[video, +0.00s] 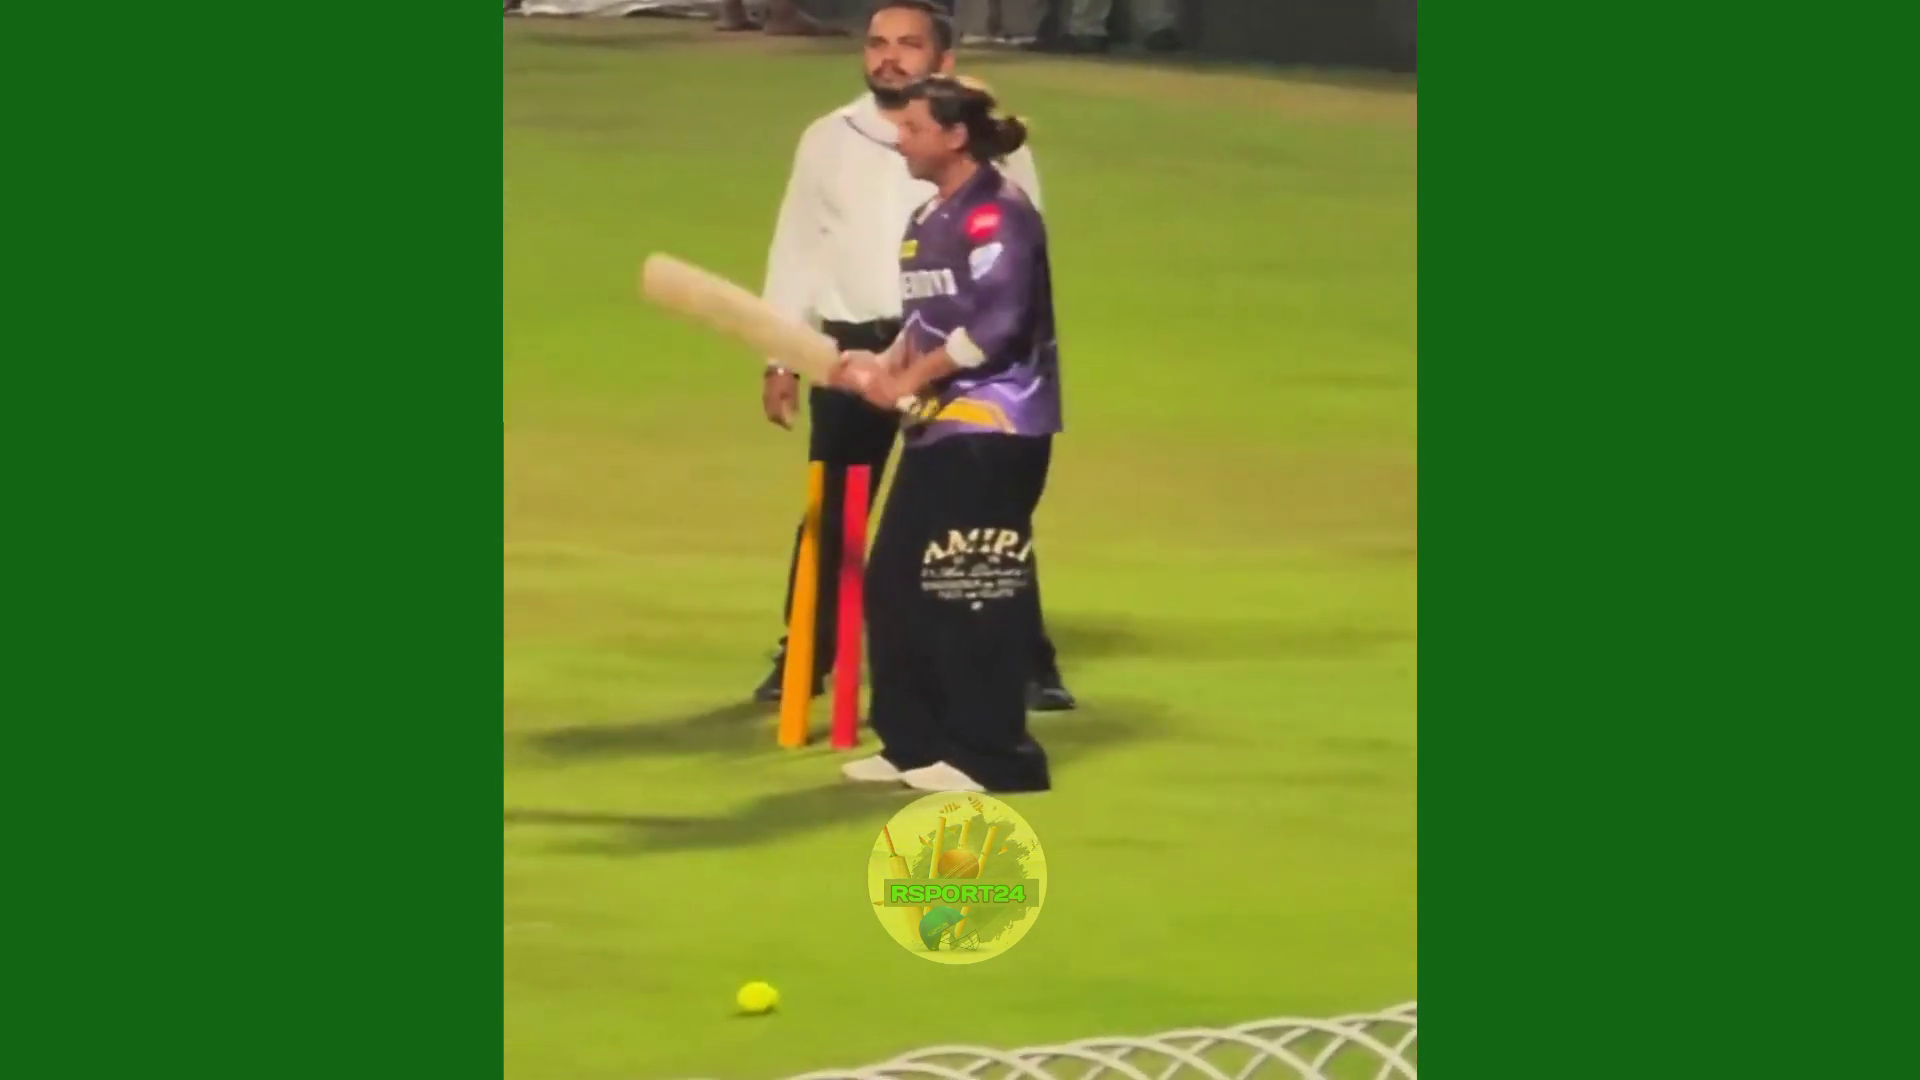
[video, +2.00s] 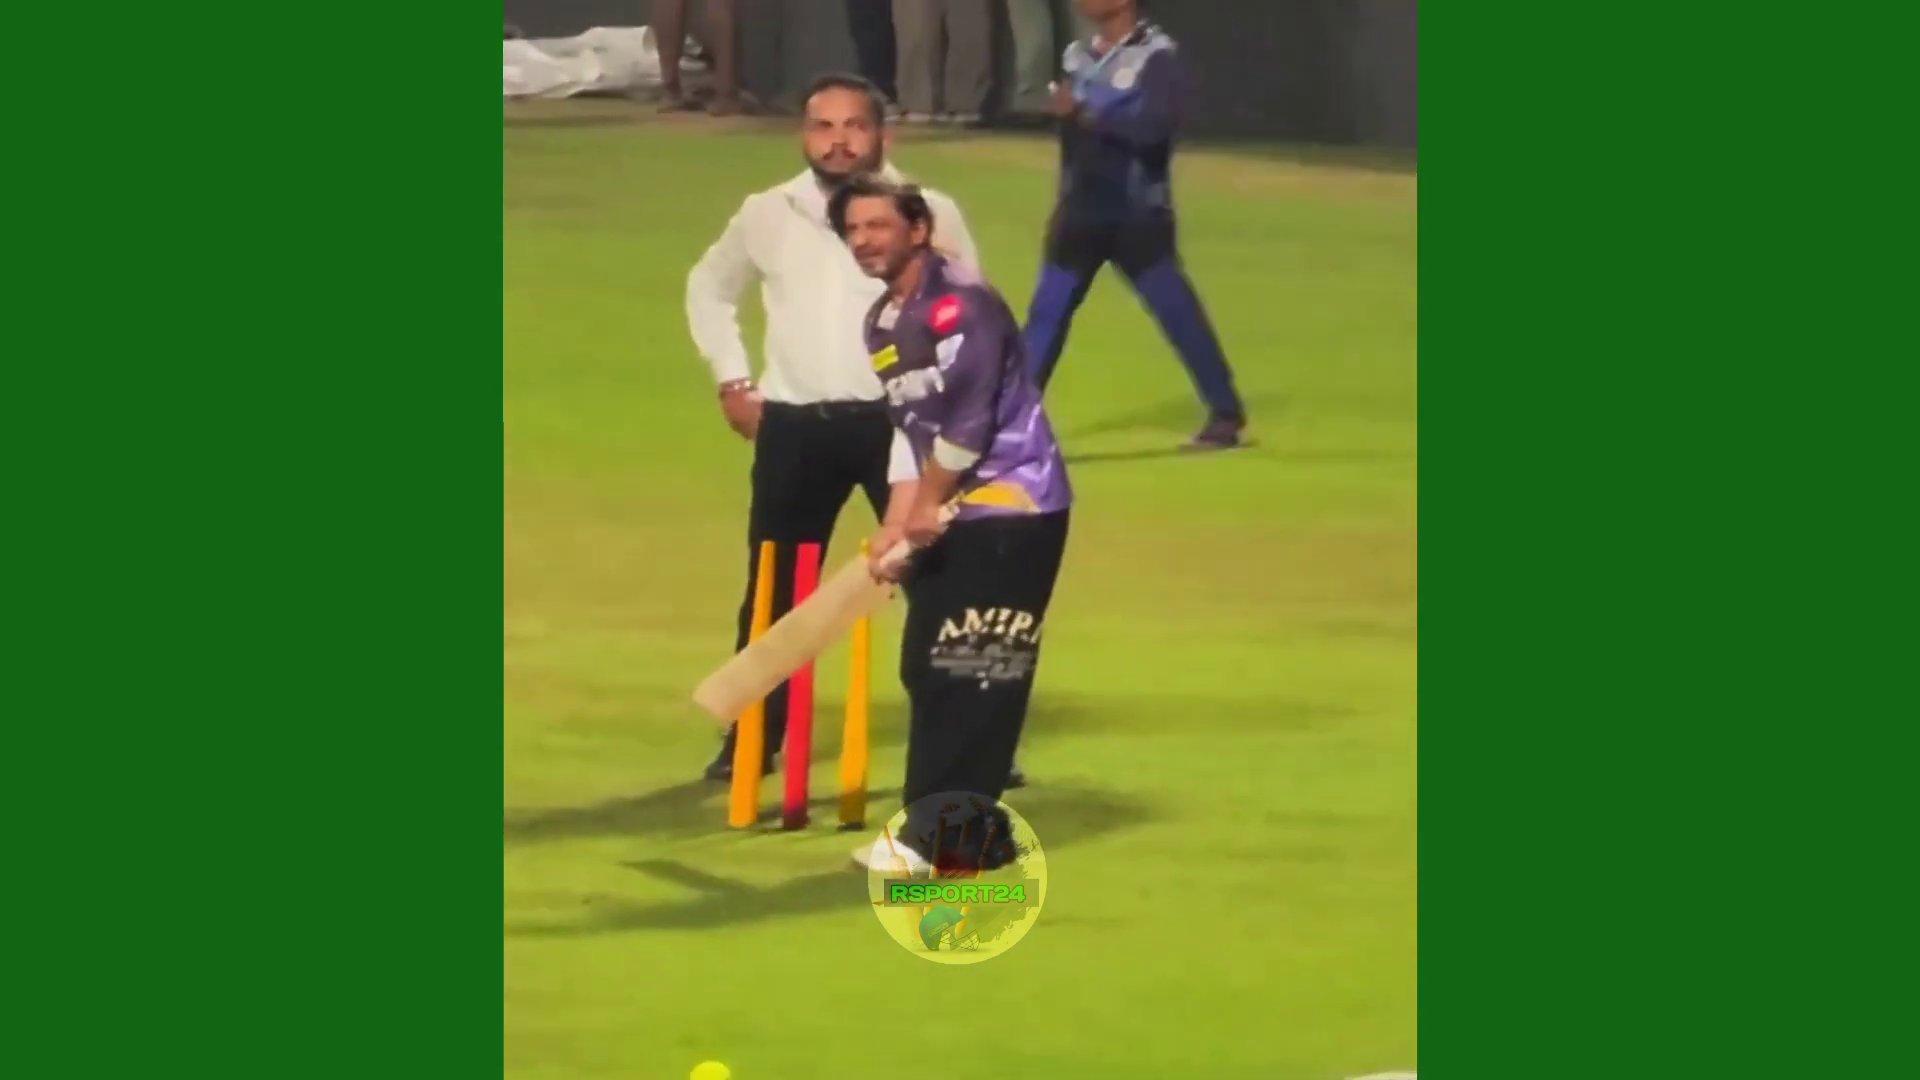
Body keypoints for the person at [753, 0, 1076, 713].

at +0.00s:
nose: (888, 58)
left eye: (906, 44)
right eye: (877, 44)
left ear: (943, 57)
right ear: (862, 53)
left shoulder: (987, 137)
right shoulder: (827, 139)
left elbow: (1023, 249)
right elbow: (794, 249)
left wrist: (996, 345)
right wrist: (784, 359)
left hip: (955, 346)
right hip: (850, 343)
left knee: (994, 518)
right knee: (834, 522)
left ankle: (1031, 665)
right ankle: (802, 664)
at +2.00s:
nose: (837, 139)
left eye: (853, 126)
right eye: (822, 126)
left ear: (880, 135)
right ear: (804, 135)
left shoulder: (927, 212)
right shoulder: (765, 216)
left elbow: (973, 324)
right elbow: (708, 290)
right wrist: (733, 383)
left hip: (900, 430)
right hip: (794, 429)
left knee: (945, 603)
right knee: (772, 598)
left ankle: (974, 755)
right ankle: (752, 747)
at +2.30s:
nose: (832, 160)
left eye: (846, 146)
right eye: (815, 147)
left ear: (866, 155)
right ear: (789, 158)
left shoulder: (909, 232)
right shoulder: (749, 237)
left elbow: (958, 331)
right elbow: (687, 310)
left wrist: (934, 431)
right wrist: (715, 402)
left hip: (886, 448)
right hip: (780, 449)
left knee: (927, 604)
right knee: (756, 618)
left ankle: (945, 773)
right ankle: (733, 768)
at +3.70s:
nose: (742, 131)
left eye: (758, 117)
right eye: (728, 117)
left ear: (787, 127)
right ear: (707, 126)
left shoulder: (838, 206)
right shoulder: (670, 209)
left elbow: (869, 320)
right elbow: (642, 322)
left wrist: (836, 414)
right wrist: (635, 430)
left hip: (807, 415)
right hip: (700, 417)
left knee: (852, 581)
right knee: (672, 583)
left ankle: (890, 731)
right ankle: (659, 732)